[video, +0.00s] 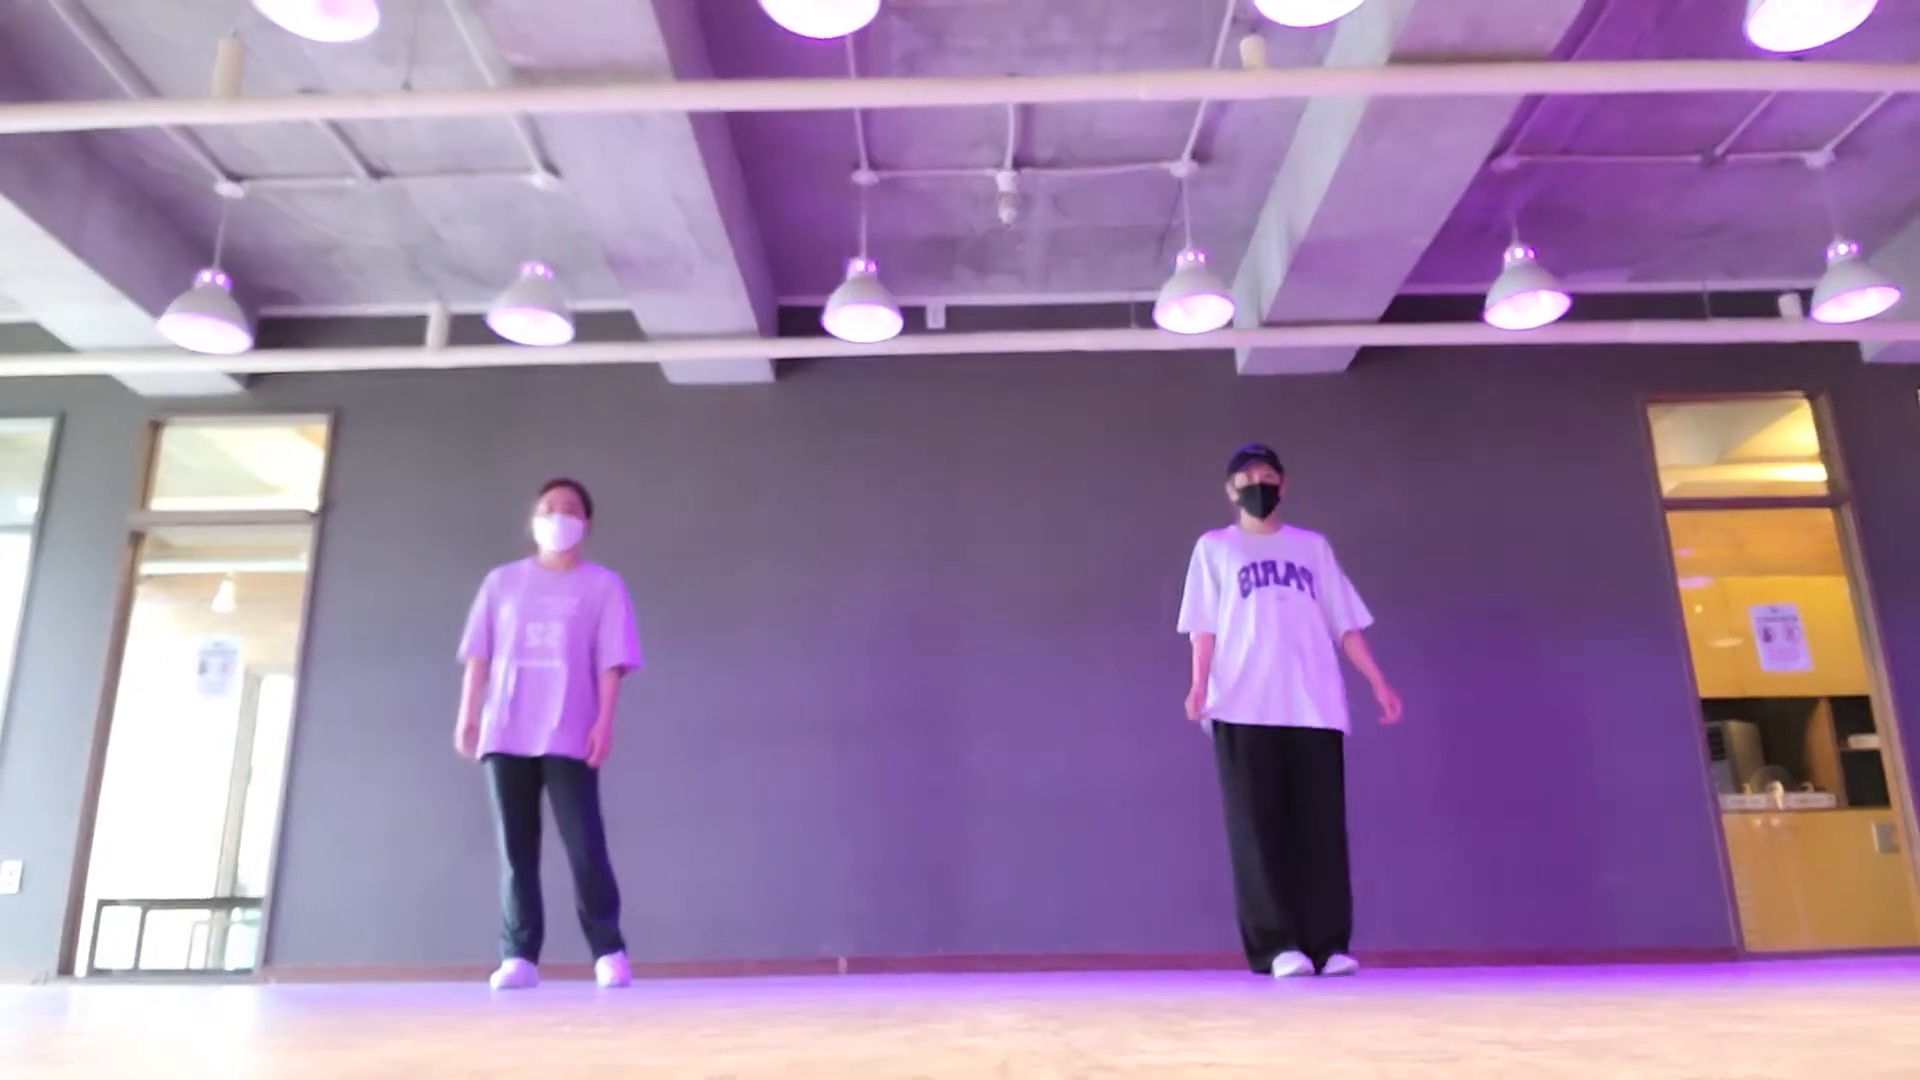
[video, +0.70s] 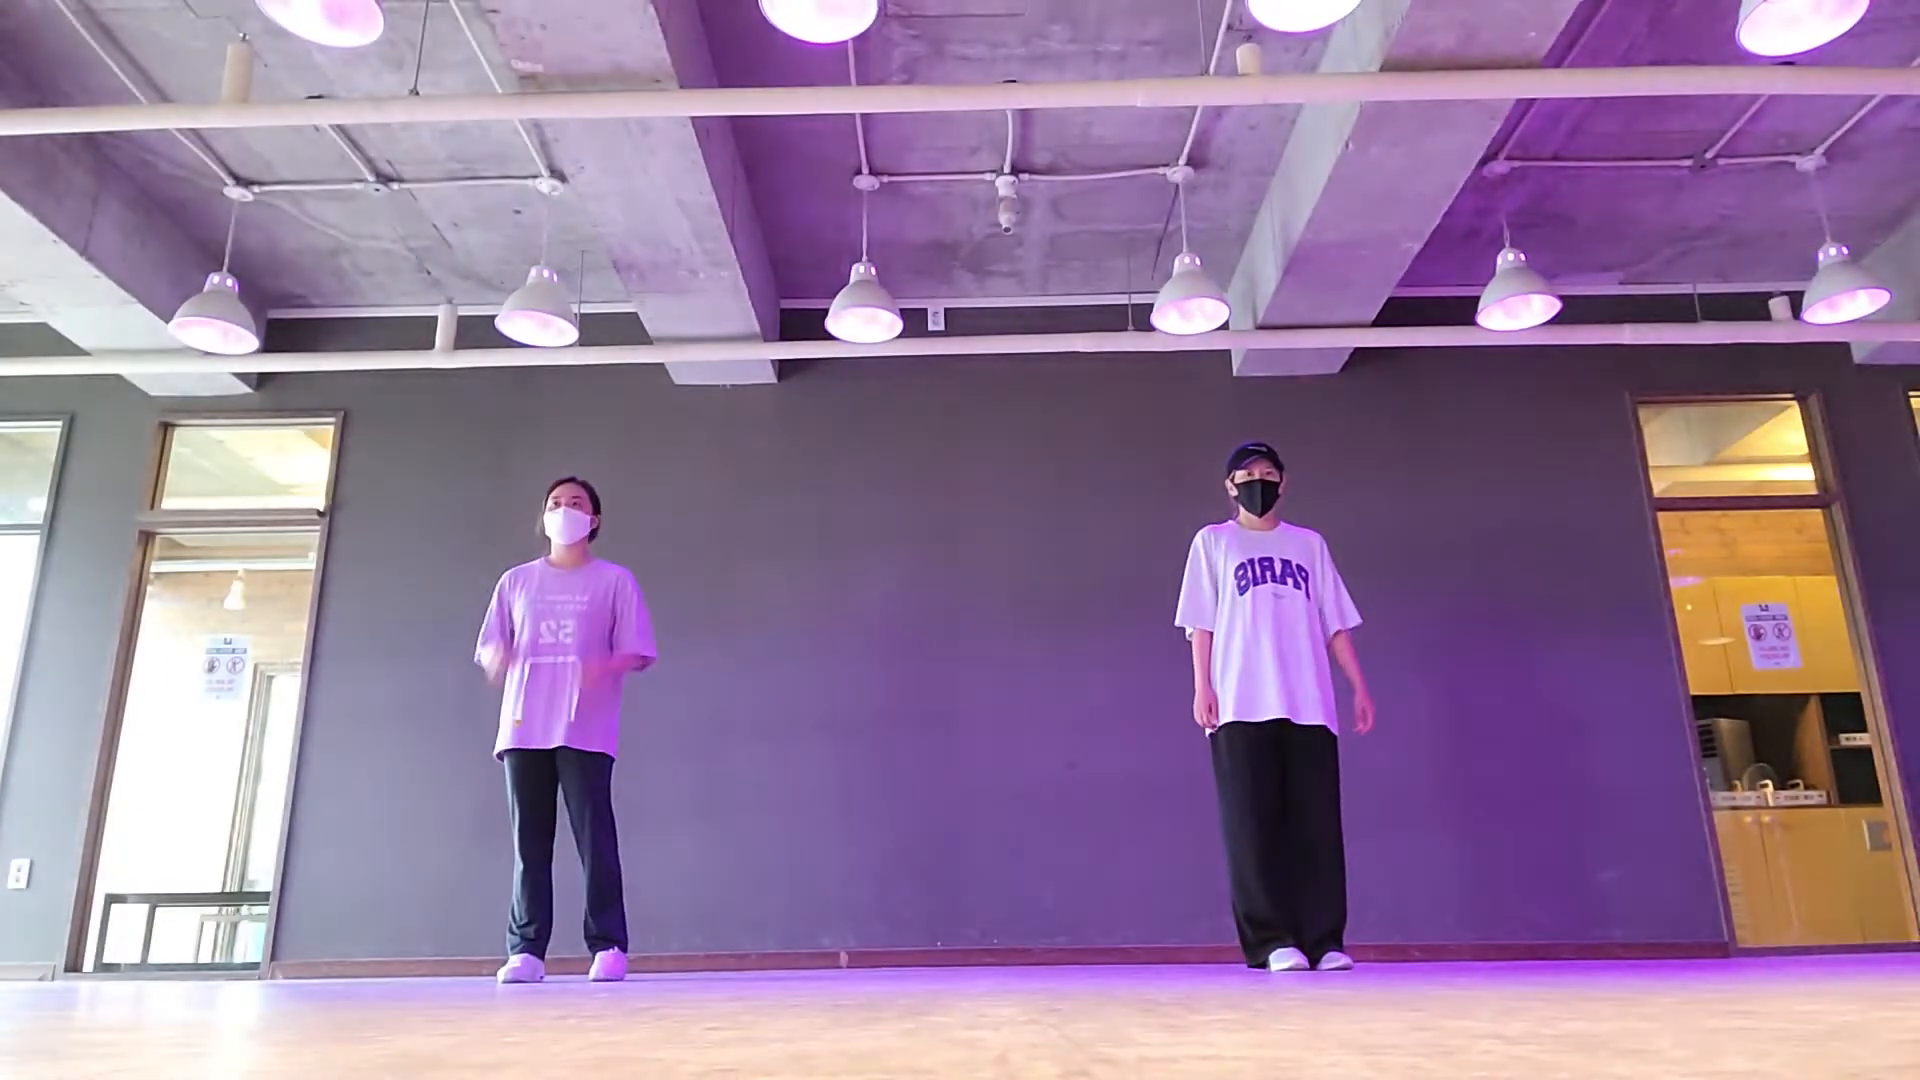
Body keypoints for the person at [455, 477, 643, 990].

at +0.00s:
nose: (557, 521)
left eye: (569, 513)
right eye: (548, 512)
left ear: (585, 525)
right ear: (532, 522)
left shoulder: (603, 586)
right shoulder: (501, 582)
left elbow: (611, 665)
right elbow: (477, 656)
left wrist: (604, 723)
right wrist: (468, 716)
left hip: (568, 735)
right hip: (506, 733)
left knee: (586, 849)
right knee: (516, 853)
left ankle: (609, 952)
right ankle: (518, 956)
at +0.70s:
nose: (566, 511)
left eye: (577, 505)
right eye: (557, 504)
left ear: (594, 522)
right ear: (543, 520)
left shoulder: (616, 581)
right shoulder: (514, 581)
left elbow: (638, 653)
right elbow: (490, 651)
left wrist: (604, 666)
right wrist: (497, 657)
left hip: (586, 729)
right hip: (524, 728)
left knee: (595, 841)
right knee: (529, 845)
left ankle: (609, 949)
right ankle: (525, 953)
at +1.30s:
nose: (584, 510)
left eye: (595, 504)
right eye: (575, 504)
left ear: (613, 520)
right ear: (562, 520)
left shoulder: (635, 577)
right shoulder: (539, 575)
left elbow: (627, 631)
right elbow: (516, 632)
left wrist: (603, 571)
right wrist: (548, 577)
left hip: (604, 723)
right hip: (544, 722)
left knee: (607, 838)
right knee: (540, 839)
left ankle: (610, 948)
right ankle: (526, 951)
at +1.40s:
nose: (585, 509)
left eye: (597, 503)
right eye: (577, 503)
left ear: (615, 520)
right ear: (564, 520)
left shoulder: (637, 577)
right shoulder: (540, 575)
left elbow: (629, 631)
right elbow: (517, 631)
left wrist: (605, 570)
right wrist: (549, 577)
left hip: (606, 724)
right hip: (545, 723)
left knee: (608, 839)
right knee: (541, 840)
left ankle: (610, 949)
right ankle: (527, 951)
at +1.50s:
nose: (587, 508)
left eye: (598, 502)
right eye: (578, 502)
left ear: (616, 520)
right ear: (565, 520)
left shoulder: (638, 576)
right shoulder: (542, 575)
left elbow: (630, 631)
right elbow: (518, 631)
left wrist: (605, 572)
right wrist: (552, 577)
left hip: (607, 724)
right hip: (547, 723)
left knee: (609, 839)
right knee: (542, 840)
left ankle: (610, 949)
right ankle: (527, 951)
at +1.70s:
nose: (591, 511)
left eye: (603, 505)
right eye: (583, 504)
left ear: (619, 522)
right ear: (569, 519)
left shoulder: (641, 577)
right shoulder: (544, 575)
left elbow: (632, 633)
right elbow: (522, 633)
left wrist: (608, 573)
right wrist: (552, 578)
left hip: (610, 724)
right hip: (549, 724)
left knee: (611, 839)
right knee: (542, 841)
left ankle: (610, 949)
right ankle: (528, 951)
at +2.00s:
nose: (606, 514)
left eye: (614, 508)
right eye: (595, 506)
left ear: (625, 524)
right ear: (574, 519)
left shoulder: (643, 577)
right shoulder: (546, 574)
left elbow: (642, 629)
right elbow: (519, 624)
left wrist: (618, 572)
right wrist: (554, 573)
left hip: (614, 725)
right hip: (551, 725)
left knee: (613, 838)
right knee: (544, 840)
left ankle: (610, 949)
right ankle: (528, 950)